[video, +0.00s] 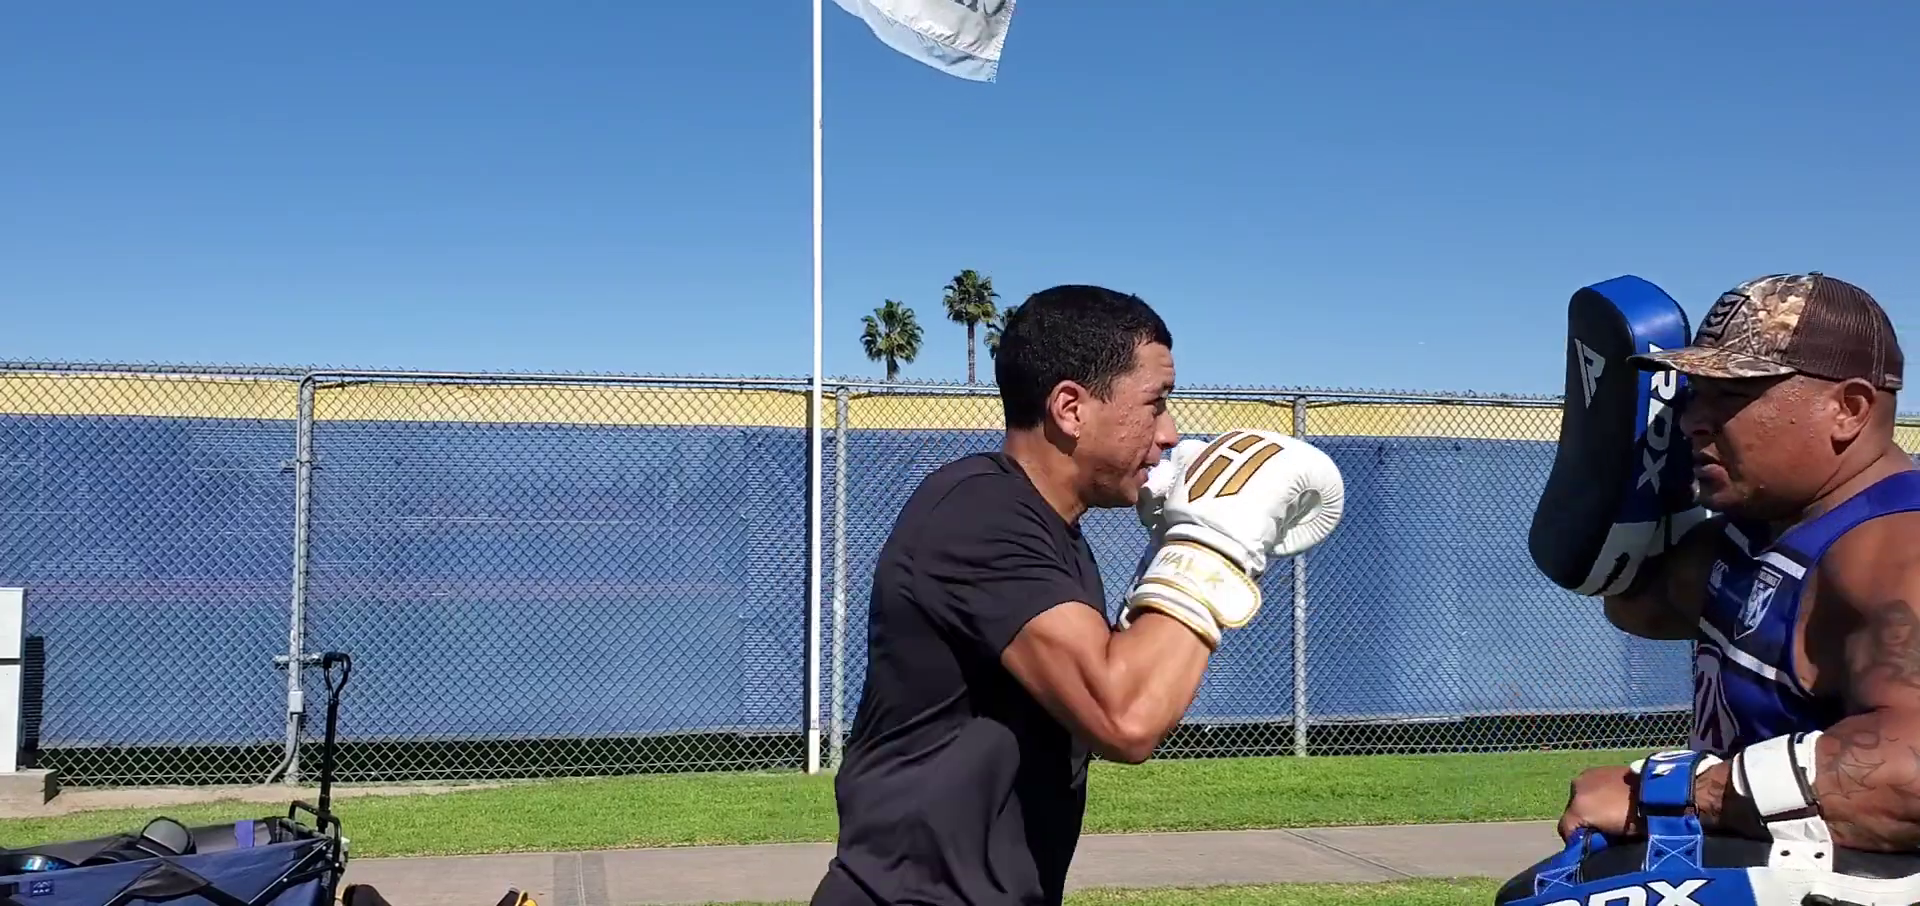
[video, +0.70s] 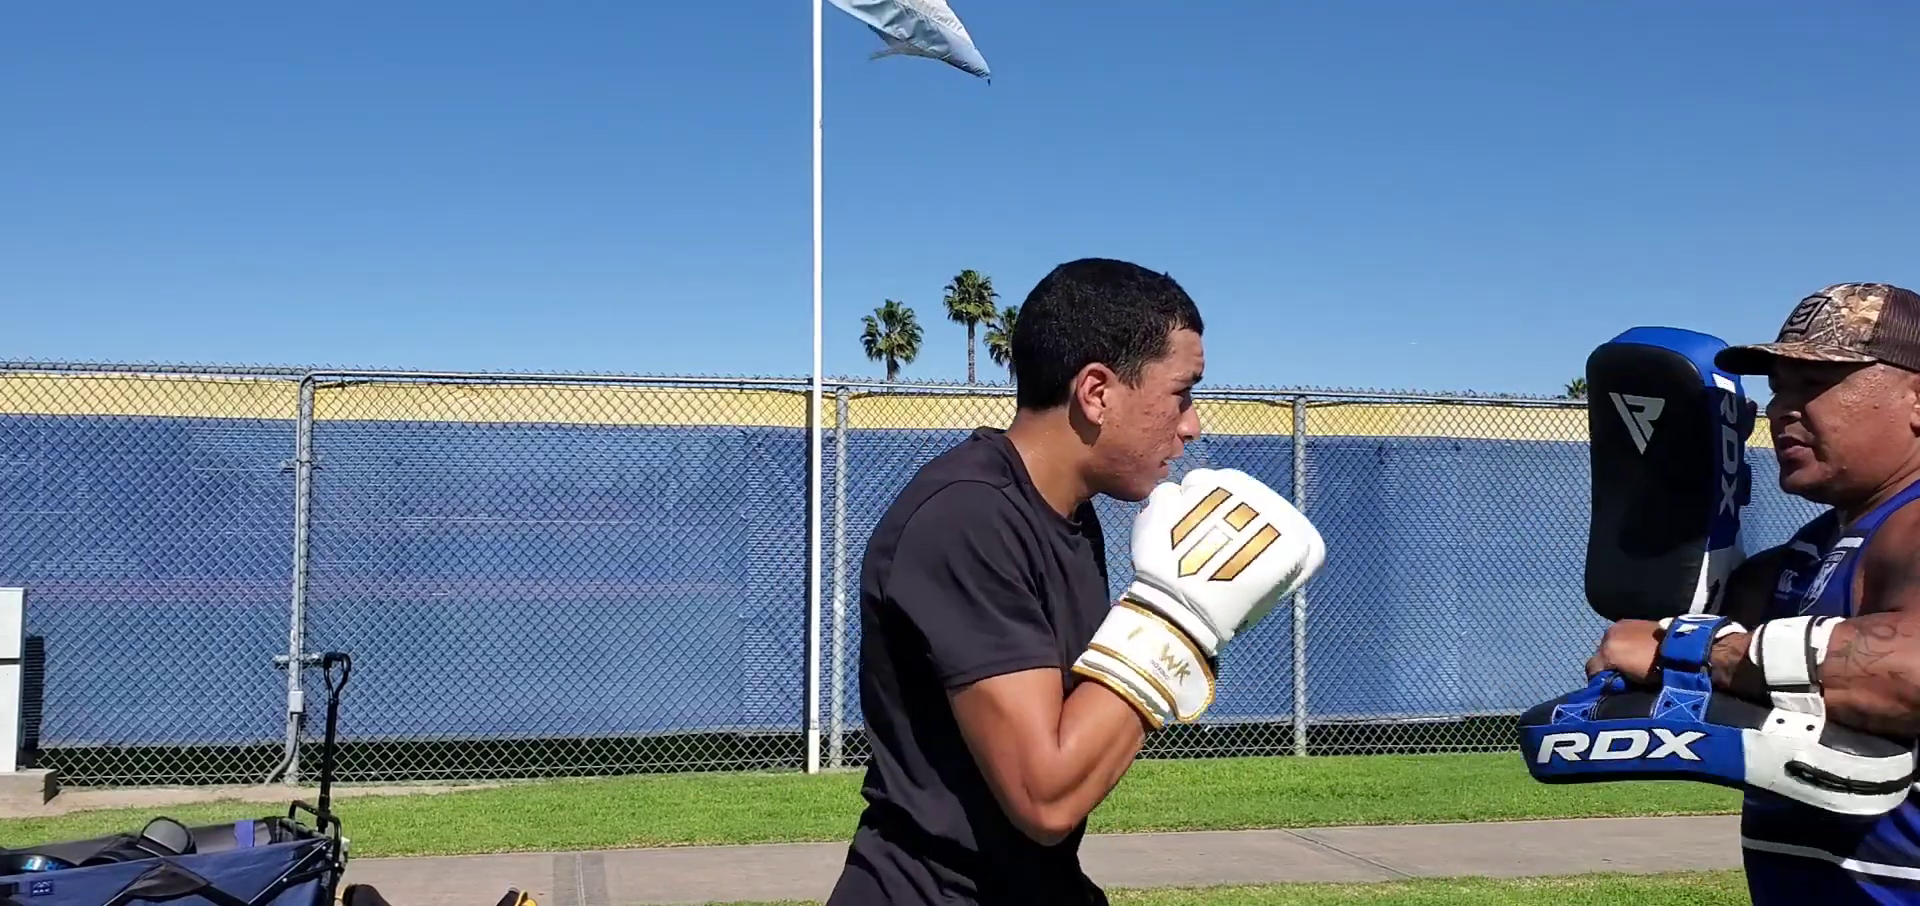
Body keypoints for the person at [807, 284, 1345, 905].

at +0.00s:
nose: (1170, 434)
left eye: (1165, 406)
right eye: (1153, 404)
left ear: (1071, 412)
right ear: (1070, 408)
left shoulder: (1055, 539)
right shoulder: (978, 516)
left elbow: (1114, 708)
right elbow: (1127, 713)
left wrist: (1184, 548)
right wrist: (1215, 546)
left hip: (1002, 885)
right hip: (918, 887)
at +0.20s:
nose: (1204, 423)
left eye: (1203, 394)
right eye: (1186, 390)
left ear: (1099, 389)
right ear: (1099, 385)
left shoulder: (1002, 479)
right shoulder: (1055, 480)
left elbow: (1099, 703)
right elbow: (1245, 677)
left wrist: (1201, 581)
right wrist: (1372, 583)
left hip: (928, 878)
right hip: (977, 884)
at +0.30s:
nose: (1194, 425)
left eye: (1189, 396)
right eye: (1176, 394)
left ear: (1087, 401)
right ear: (1088, 397)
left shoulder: (1035, 509)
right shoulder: (1016, 515)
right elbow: (1076, 785)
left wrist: (1147, 630)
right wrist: (1244, 687)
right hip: (956, 884)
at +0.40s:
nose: (1182, 431)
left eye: (1178, 400)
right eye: (1167, 400)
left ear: (1079, 404)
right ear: (1081, 401)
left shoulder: (1029, 526)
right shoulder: (972, 536)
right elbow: (988, 818)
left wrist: (1122, 631)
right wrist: (1142, 682)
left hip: (1015, 886)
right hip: (930, 890)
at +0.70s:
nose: (1193, 426)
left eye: (1191, 396)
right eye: (1181, 395)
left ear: (1097, 396)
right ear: (1095, 393)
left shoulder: (1068, 516)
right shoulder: (964, 522)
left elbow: (1061, 761)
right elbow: (1047, 799)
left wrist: (1177, 635)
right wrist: (1163, 618)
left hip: (1041, 879)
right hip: (932, 886)